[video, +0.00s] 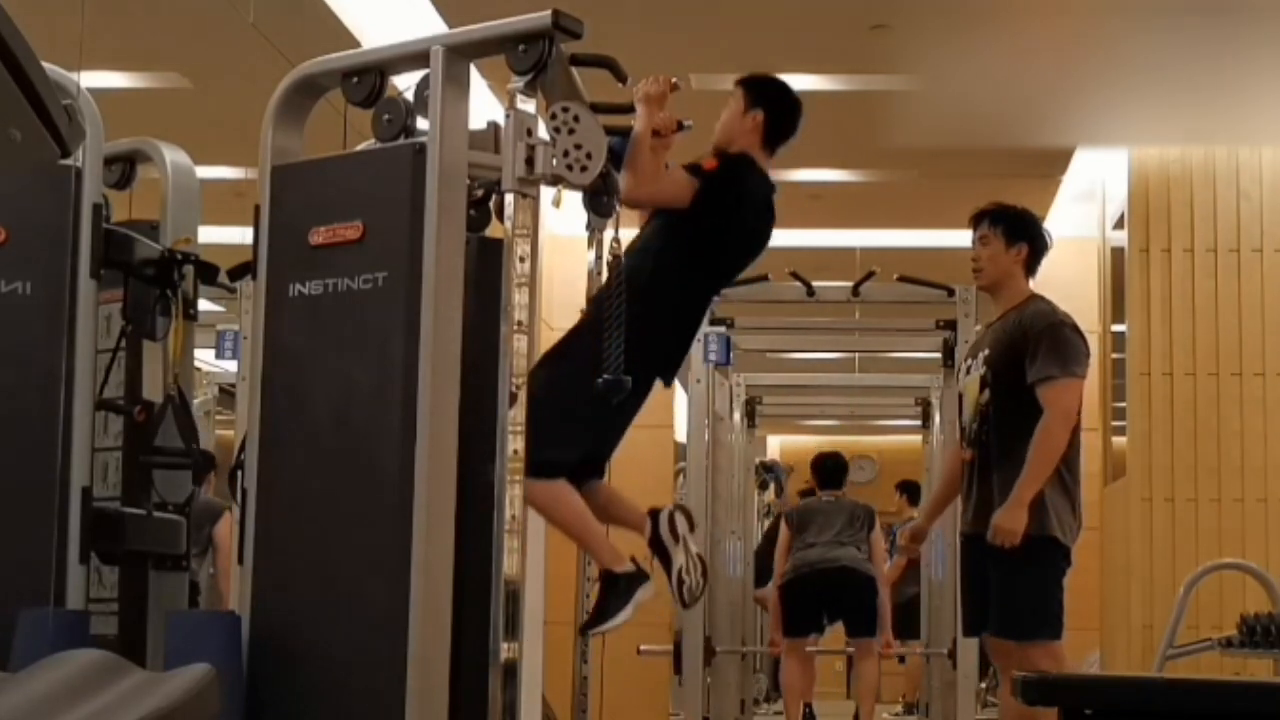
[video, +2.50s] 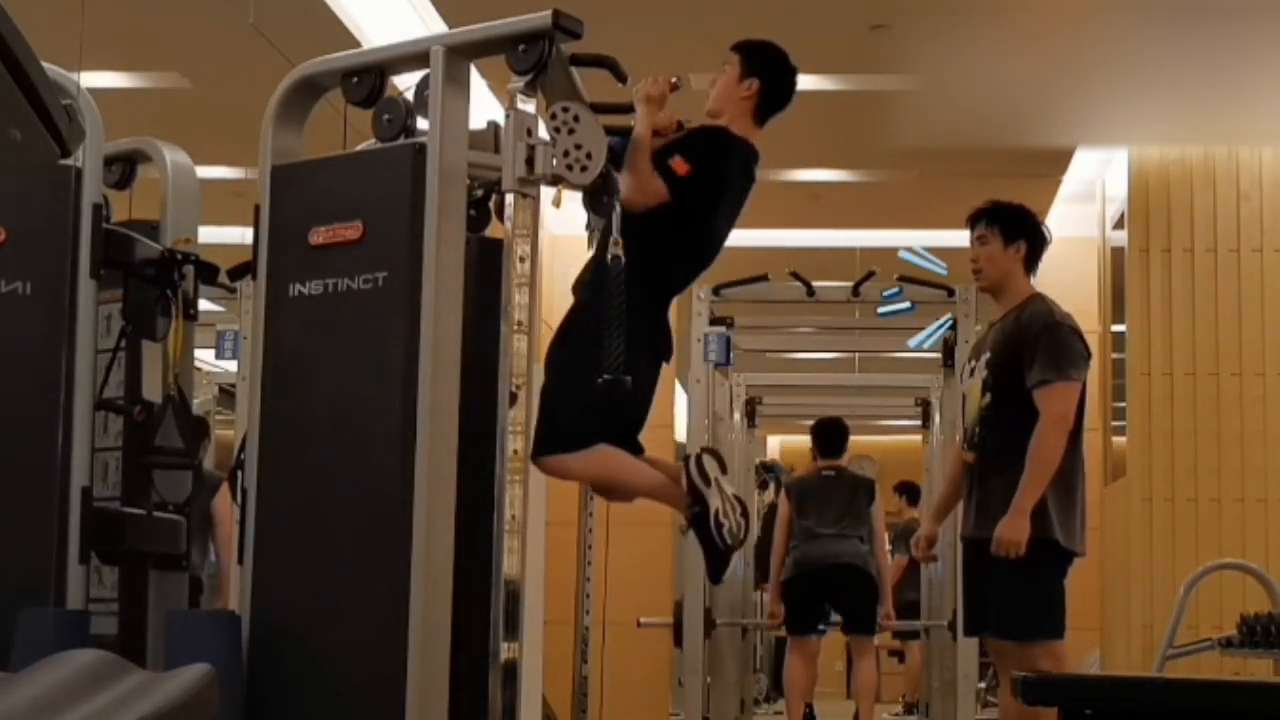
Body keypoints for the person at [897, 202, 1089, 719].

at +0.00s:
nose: (974, 255)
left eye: (986, 244)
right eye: (973, 245)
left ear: (1022, 253)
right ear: (976, 254)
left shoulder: (1048, 325)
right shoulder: (981, 342)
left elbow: (1062, 415)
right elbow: (966, 445)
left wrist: (1019, 502)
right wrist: (926, 518)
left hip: (1033, 524)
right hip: (988, 523)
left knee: (1039, 659)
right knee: (1005, 656)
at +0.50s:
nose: (971, 254)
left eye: (983, 243)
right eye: (971, 244)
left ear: (1018, 253)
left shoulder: (1047, 326)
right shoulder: (984, 340)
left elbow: (1060, 419)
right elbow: (967, 444)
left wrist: (1026, 508)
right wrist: (931, 523)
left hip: (1028, 523)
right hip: (987, 523)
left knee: (1036, 657)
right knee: (1003, 656)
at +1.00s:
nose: (966, 267)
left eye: (975, 253)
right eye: (964, 256)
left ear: (1012, 257)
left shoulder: (1047, 330)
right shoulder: (994, 340)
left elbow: (1051, 428)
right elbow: (974, 445)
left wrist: (1005, 514)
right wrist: (947, 524)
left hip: (1029, 529)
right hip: (992, 529)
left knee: (1037, 673)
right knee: (1004, 667)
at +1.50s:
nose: (965, 262)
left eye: (975, 248)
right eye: (964, 251)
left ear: (1011, 252)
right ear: (998, 256)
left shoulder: (1047, 325)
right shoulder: (986, 341)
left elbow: (1055, 425)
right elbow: (967, 441)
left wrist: (1022, 512)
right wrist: (930, 519)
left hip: (1028, 529)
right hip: (987, 528)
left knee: (1038, 668)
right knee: (1003, 663)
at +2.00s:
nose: (973, 255)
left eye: (984, 243)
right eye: (973, 245)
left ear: (1020, 249)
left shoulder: (1046, 324)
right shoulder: (995, 336)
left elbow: (1051, 421)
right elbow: (971, 438)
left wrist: (1006, 506)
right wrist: (931, 514)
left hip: (1031, 524)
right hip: (994, 523)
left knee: (1039, 664)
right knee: (1004, 659)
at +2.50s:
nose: (973, 255)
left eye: (984, 242)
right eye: (972, 244)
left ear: (1020, 250)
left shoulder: (1047, 325)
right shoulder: (993, 338)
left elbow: (1057, 425)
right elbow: (973, 439)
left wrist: (1020, 511)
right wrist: (933, 518)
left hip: (1032, 527)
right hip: (991, 526)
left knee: (1042, 668)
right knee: (1005, 662)